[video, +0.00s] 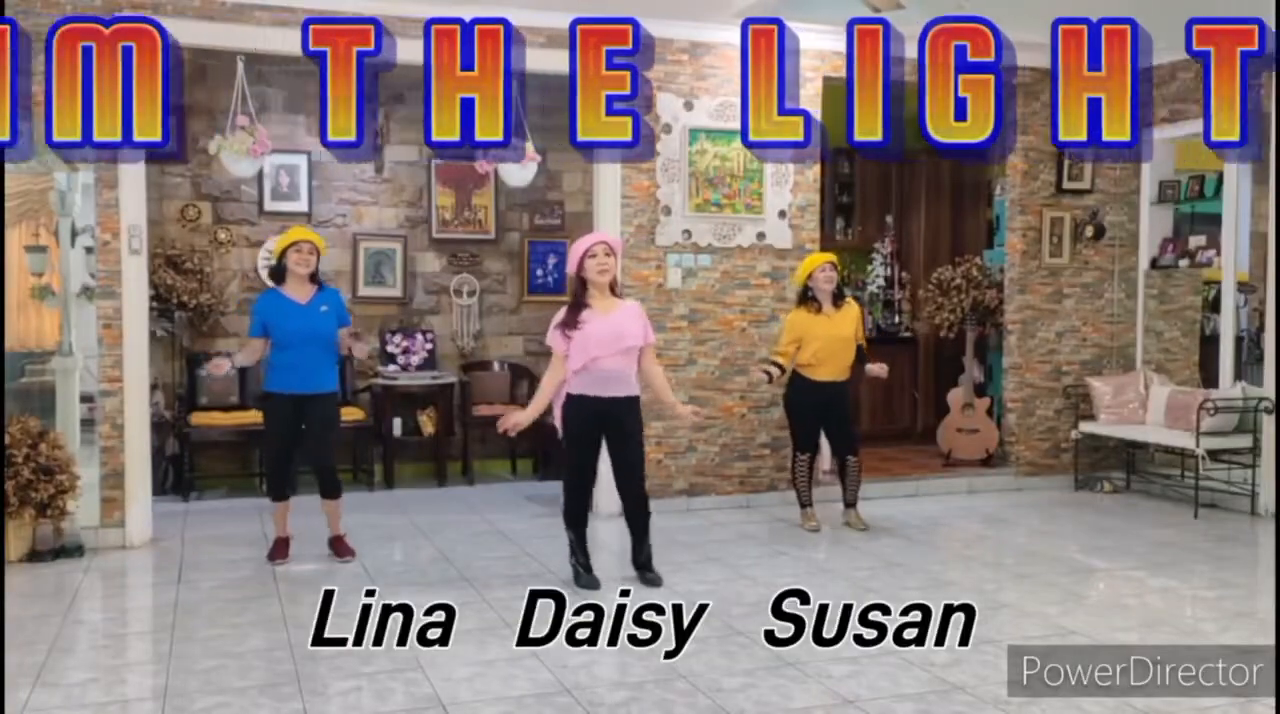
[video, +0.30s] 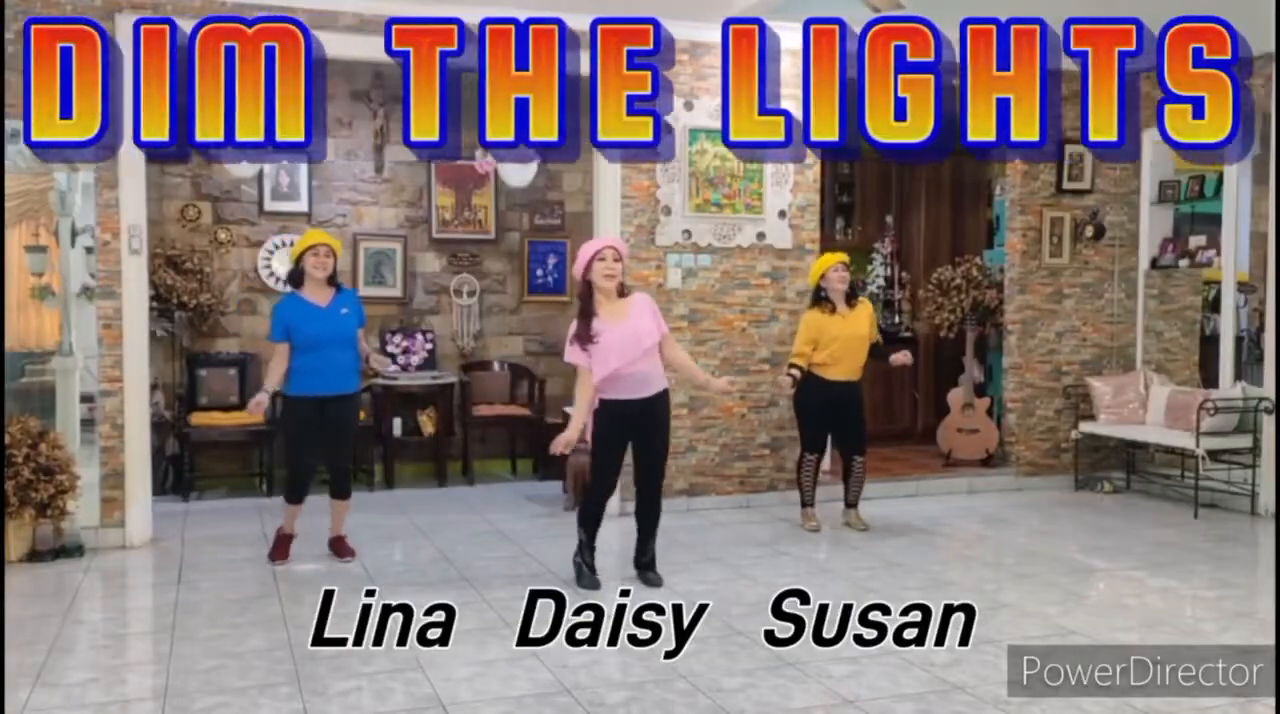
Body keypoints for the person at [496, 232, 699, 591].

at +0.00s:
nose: (601, 261)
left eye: (607, 256)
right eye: (593, 257)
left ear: (616, 264)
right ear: (580, 268)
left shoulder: (633, 311)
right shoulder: (569, 316)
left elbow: (649, 364)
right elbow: (556, 370)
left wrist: (673, 403)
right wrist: (529, 413)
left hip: (625, 406)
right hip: (581, 406)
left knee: (634, 486)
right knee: (579, 485)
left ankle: (643, 560)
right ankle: (580, 559)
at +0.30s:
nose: (610, 266)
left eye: (615, 260)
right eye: (601, 261)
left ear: (623, 269)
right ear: (586, 272)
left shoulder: (643, 304)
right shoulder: (585, 324)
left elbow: (671, 351)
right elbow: (585, 382)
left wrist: (709, 382)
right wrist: (573, 429)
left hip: (654, 406)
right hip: (611, 410)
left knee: (650, 486)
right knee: (602, 485)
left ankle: (646, 560)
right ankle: (584, 554)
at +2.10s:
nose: (611, 273)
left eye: (617, 266)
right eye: (603, 267)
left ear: (628, 274)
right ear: (592, 277)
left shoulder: (644, 319)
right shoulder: (579, 321)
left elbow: (651, 376)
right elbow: (556, 375)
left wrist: (667, 411)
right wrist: (512, 392)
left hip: (620, 415)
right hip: (577, 413)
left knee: (622, 495)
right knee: (579, 491)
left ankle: (615, 557)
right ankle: (585, 561)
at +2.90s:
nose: (647, 262)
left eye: (653, 256)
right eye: (639, 257)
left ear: (662, 265)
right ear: (627, 268)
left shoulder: (681, 304)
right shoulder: (620, 317)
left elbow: (713, 332)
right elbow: (608, 373)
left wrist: (703, 374)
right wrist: (621, 399)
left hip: (677, 404)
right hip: (637, 406)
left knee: (671, 487)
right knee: (639, 487)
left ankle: (665, 560)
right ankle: (642, 557)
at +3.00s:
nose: (650, 265)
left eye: (656, 259)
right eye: (642, 260)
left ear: (665, 268)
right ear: (629, 270)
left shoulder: (680, 310)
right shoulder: (620, 319)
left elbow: (713, 341)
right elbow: (608, 373)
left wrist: (701, 382)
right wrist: (629, 400)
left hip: (680, 407)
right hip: (642, 411)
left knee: (676, 488)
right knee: (647, 488)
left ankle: (665, 560)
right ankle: (645, 558)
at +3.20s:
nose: (649, 262)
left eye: (655, 256)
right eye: (641, 259)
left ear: (666, 265)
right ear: (631, 270)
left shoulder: (681, 310)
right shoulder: (620, 316)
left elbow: (703, 348)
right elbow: (602, 367)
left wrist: (696, 383)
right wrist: (628, 407)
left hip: (675, 405)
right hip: (636, 406)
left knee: (670, 487)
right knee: (636, 487)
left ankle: (664, 560)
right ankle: (629, 555)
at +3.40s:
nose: (645, 261)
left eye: (650, 254)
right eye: (636, 257)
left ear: (661, 261)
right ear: (625, 269)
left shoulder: (675, 310)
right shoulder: (617, 311)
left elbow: (687, 353)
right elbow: (588, 361)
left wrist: (683, 385)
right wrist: (604, 407)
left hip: (663, 405)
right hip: (621, 404)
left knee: (661, 486)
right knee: (610, 484)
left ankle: (662, 561)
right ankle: (591, 559)